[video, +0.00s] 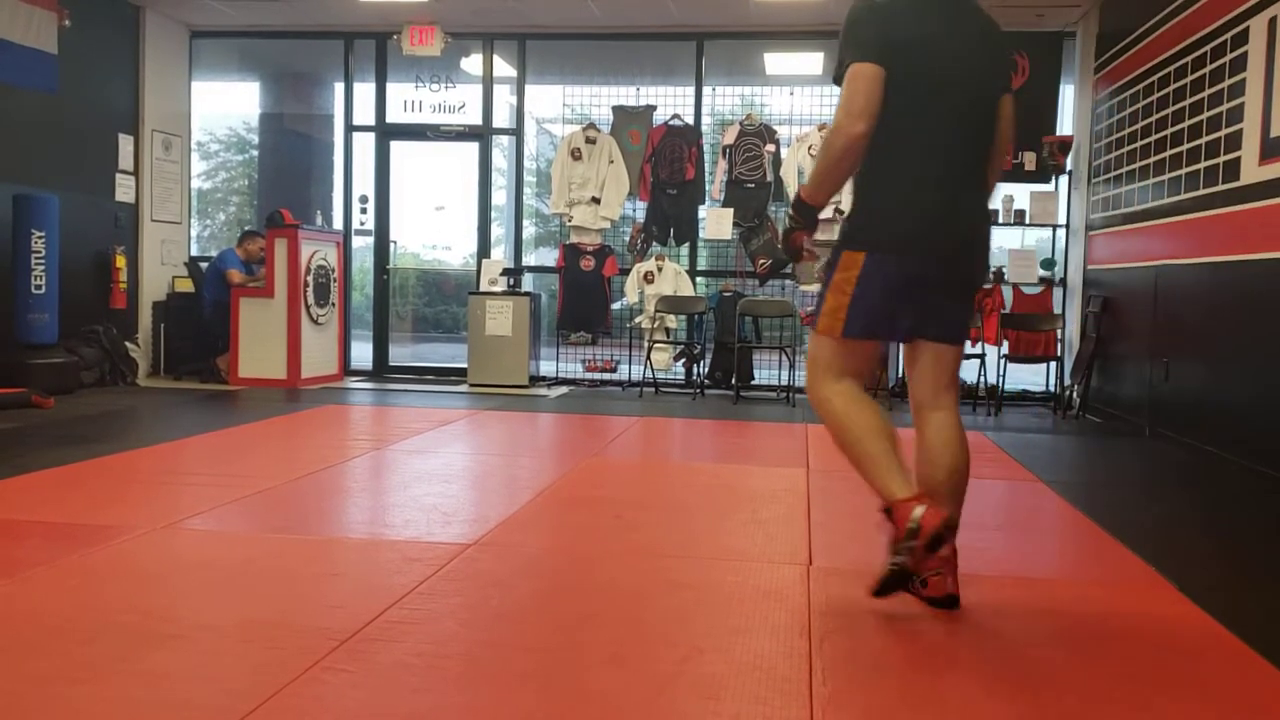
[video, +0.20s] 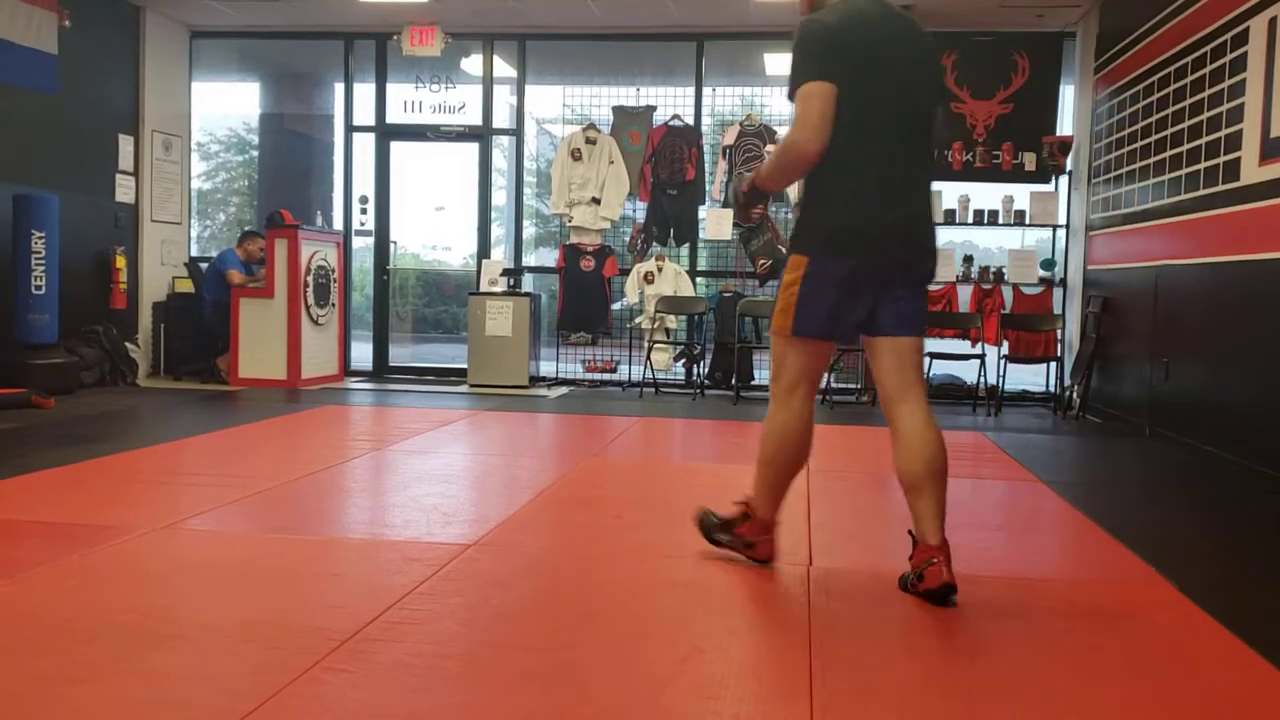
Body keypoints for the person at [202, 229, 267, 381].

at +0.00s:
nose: (262, 254)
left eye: (263, 250)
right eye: (260, 249)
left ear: (247, 246)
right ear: (247, 245)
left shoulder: (245, 263)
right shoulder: (229, 256)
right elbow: (235, 279)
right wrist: (257, 278)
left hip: (230, 308)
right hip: (215, 309)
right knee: (253, 332)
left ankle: (226, 363)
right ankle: (223, 362)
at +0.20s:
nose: (262, 254)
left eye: (263, 251)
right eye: (260, 249)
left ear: (248, 246)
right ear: (247, 245)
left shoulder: (245, 263)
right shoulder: (229, 256)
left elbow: (253, 281)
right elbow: (235, 280)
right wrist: (258, 278)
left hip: (230, 308)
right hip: (214, 309)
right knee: (253, 332)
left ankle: (227, 363)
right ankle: (224, 362)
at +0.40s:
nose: (262, 254)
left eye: (263, 251)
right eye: (260, 249)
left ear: (247, 246)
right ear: (247, 245)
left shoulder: (244, 263)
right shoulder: (229, 256)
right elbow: (235, 279)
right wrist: (257, 278)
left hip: (229, 308)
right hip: (214, 309)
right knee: (253, 331)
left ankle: (226, 363)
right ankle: (223, 362)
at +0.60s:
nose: (262, 254)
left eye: (263, 251)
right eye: (260, 249)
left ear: (247, 245)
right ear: (246, 244)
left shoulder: (245, 263)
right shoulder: (229, 256)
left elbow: (252, 282)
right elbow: (235, 279)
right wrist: (257, 278)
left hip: (230, 308)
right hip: (214, 309)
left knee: (258, 328)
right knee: (253, 331)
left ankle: (227, 363)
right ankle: (224, 362)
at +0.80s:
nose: (262, 254)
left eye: (263, 251)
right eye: (260, 249)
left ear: (248, 245)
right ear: (247, 244)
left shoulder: (246, 264)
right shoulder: (228, 256)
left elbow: (252, 283)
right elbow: (234, 280)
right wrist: (257, 278)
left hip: (230, 308)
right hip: (214, 309)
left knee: (259, 327)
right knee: (254, 330)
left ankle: (228, 362)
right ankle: (224, 361)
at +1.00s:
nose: (262, 253)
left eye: (263, 250)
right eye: (260, 248)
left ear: (247, 245)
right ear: (247, 244)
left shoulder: (245, 263)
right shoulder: (228, 255)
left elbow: (253, 282)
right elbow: (236, 280)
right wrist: (258, 279)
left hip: (230, 308)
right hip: (213, 309)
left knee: (257, 328)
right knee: (252, 331)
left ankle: (226, 362)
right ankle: (223, 362)